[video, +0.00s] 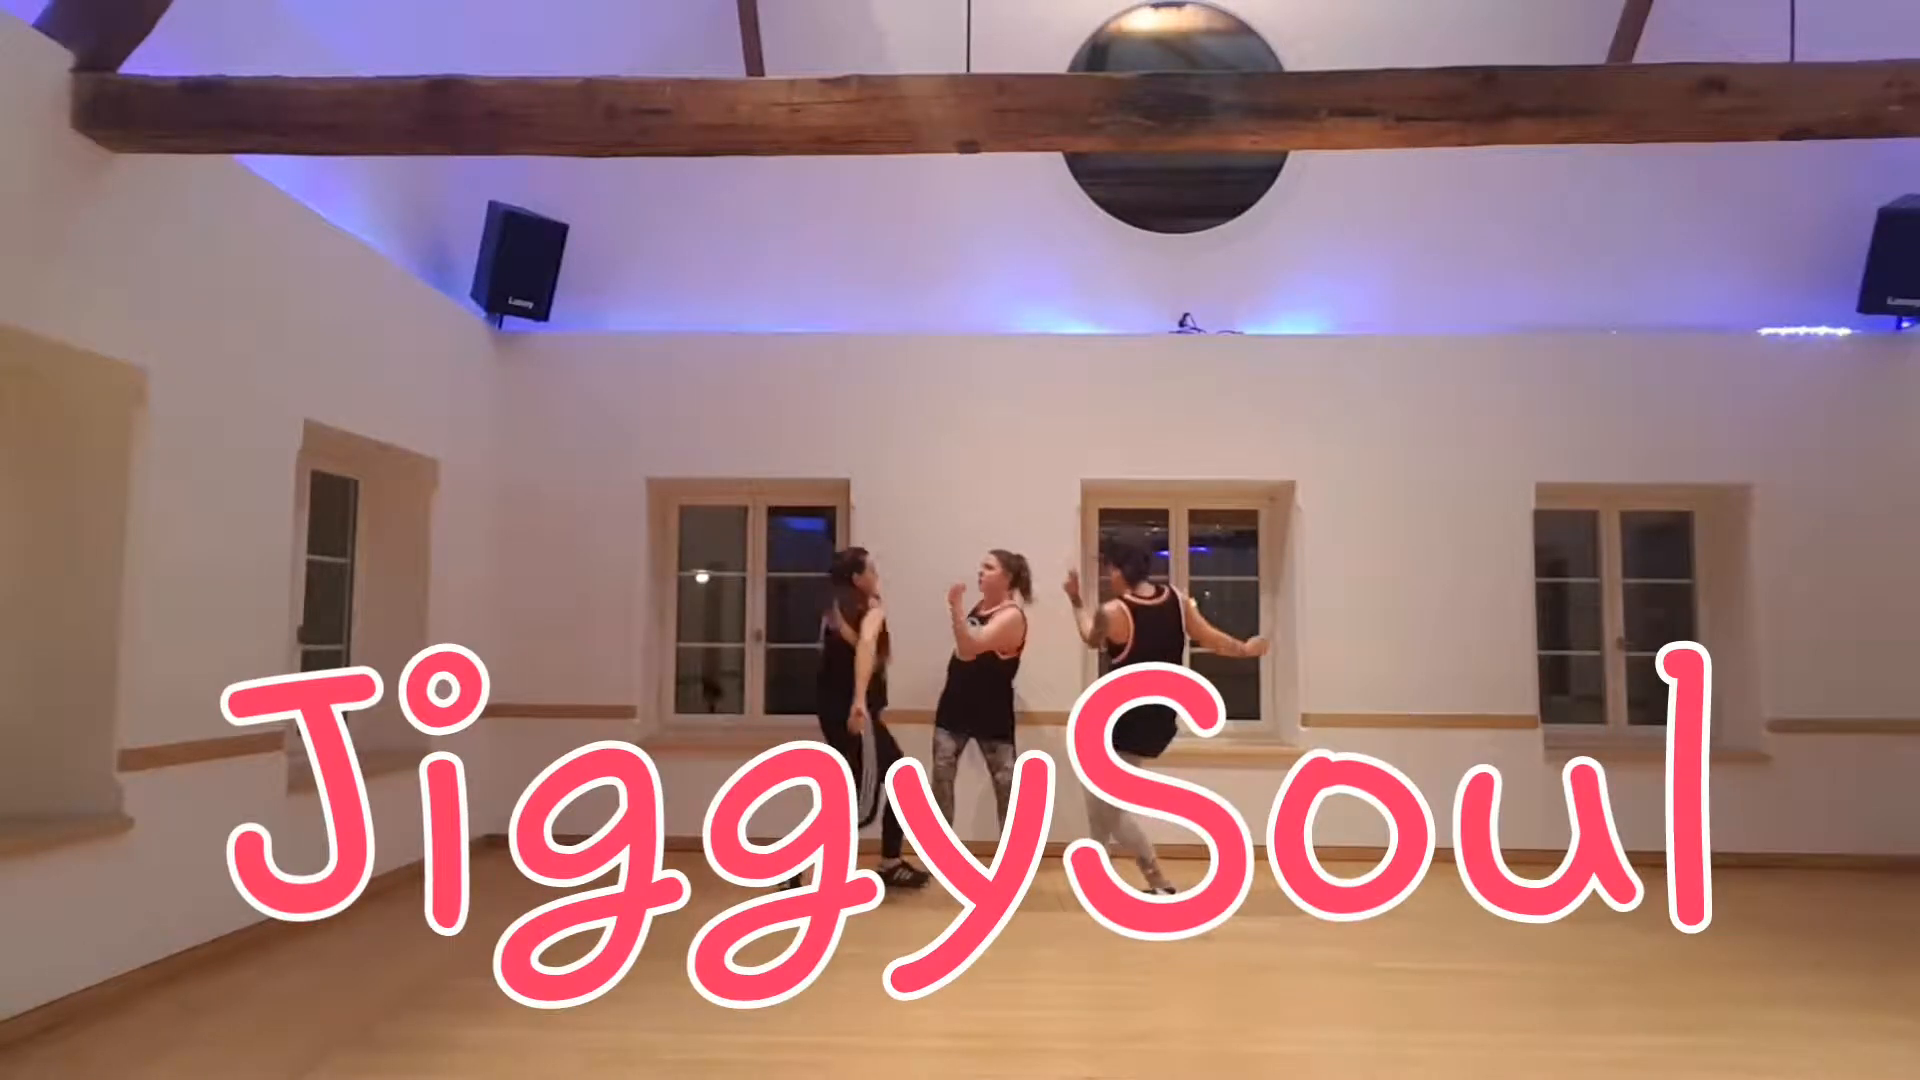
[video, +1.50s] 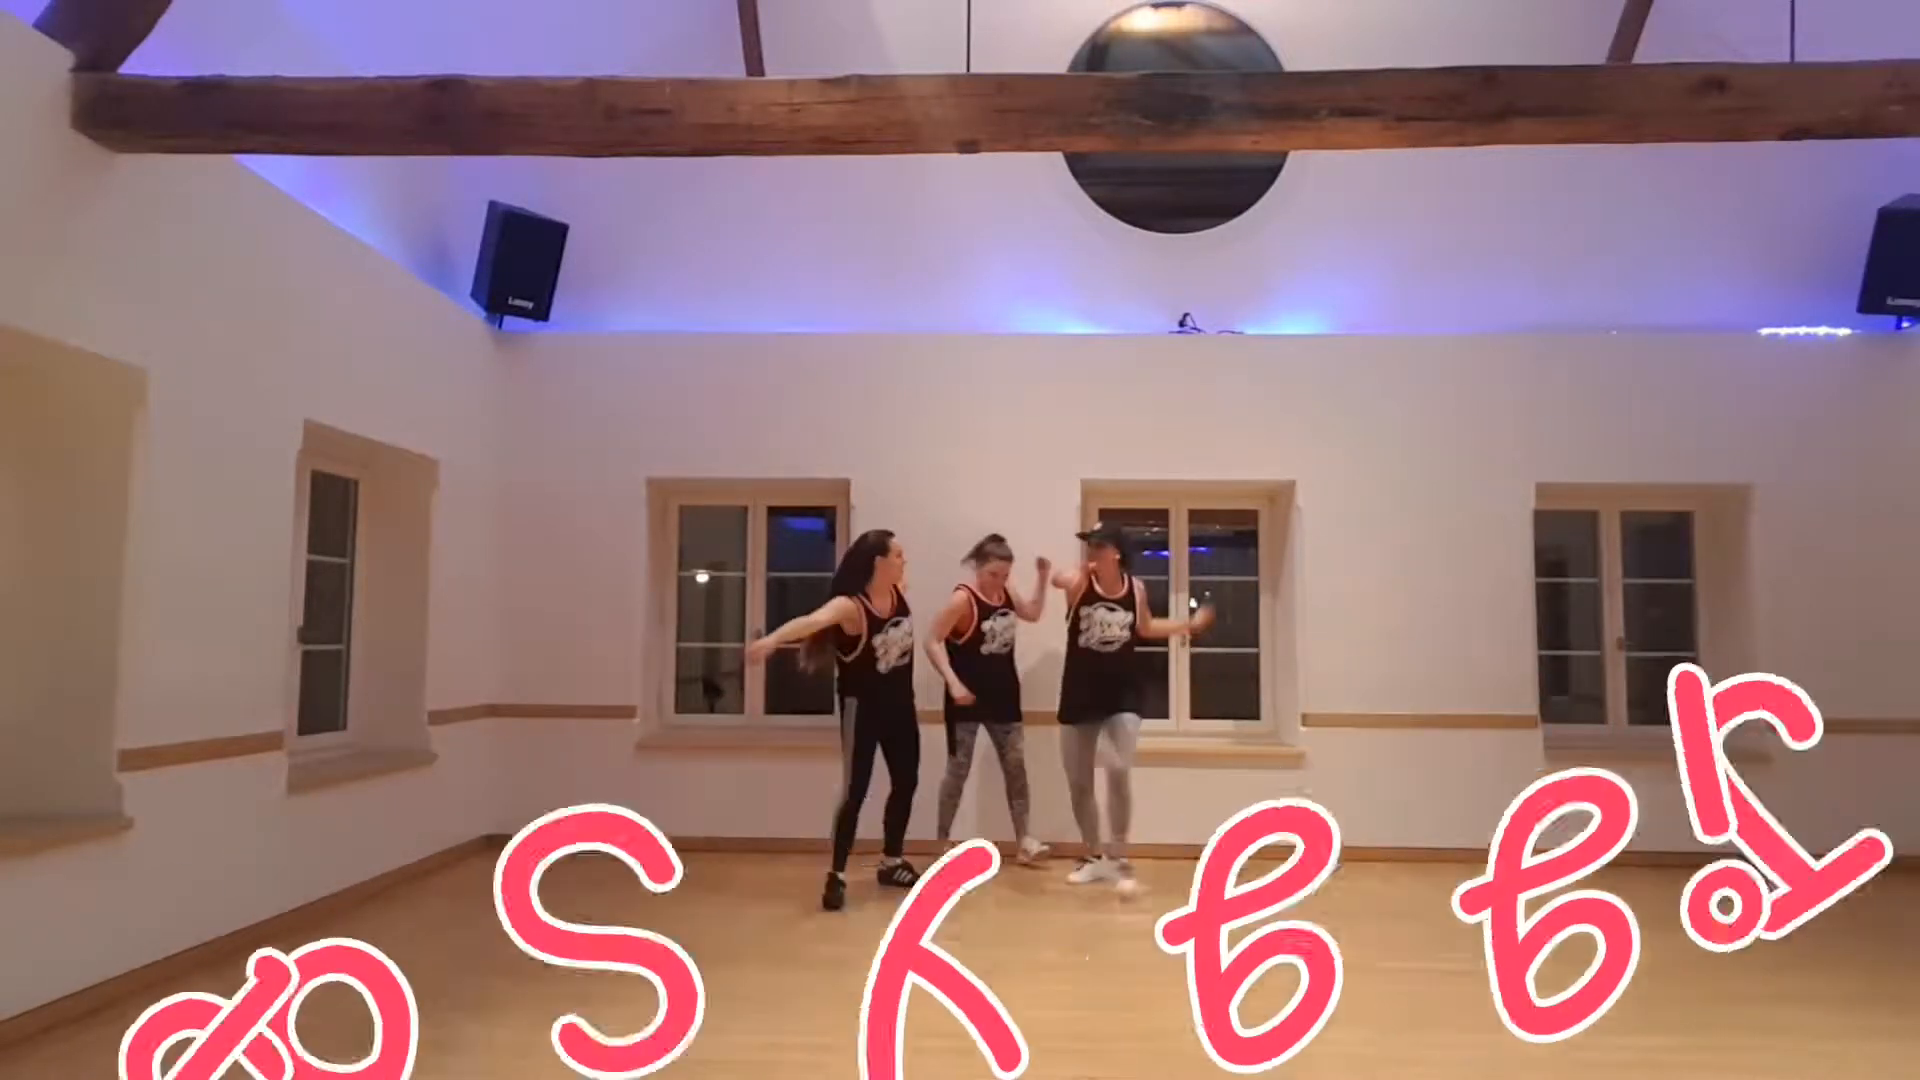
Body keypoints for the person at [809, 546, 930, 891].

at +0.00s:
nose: (876, 574)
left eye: (874, 568)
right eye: (871, 570)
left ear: (847, 578)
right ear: (857, 577)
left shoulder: (834, 609)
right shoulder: (872, 611)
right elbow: (865, 650)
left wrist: (873, 606)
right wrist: (859, 701)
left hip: (832, 712)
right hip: (857, 714)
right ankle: (891, 860)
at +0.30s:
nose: (913, 553)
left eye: (911, 546)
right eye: (908, 546)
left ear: (895, 553)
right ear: (893, 552)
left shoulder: (902, 588)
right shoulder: (874, 582)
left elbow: (917, 630)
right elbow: (837, 612)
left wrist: (920, 600)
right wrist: (829, 652)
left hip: (896, 688)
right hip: (867, 686)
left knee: (903, 775)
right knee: (866, 775)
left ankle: (892, 861)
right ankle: (809, 846)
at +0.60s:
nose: (914, 573)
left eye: (913, 566)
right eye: (906, 567)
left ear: (911, 573)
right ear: (884, 571)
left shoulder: (914, 606)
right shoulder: (855, 609)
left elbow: (930, 658)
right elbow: (825, 649)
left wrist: (928, 611)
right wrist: (796, 689)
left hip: (909, 706)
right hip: (871, 709)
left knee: (917, 784)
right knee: (898, 784)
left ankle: (895, 864)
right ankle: (859, 856)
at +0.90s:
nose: (898, 558)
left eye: (897, 551)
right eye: (890, 552)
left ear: (898, 556)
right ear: (867, 559)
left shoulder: (912, 582)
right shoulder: (850, 596)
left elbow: (941, 616)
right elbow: (833, 629)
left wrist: (937, 620)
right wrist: (809, 654)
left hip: (910, 693)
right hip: (870, 695)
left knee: (909, 777)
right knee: (856, 775)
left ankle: (891, 861)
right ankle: (836, 857)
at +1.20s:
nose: (888, 572)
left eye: (886, 565)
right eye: (879, 568)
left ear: (887, 572)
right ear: (856, 577)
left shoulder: (907, 604)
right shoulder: (839, 620)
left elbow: (936, 651)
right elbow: (806, 657)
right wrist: (775, 685)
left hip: (894, 712)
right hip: (851, 714)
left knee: (915, 794)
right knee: (838, 794)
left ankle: (892, 864)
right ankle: (833, 866)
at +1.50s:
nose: (903, 560)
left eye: (902, 555)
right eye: (898, 555)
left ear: (885, 563)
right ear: (876, 563)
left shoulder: (896, 593)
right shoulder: (849, 606)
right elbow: (810, 622)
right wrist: (771, 639)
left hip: (898, 703)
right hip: (860, 706)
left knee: (906, 782)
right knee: (855, 789)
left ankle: (892, 862)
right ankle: (837, 875)